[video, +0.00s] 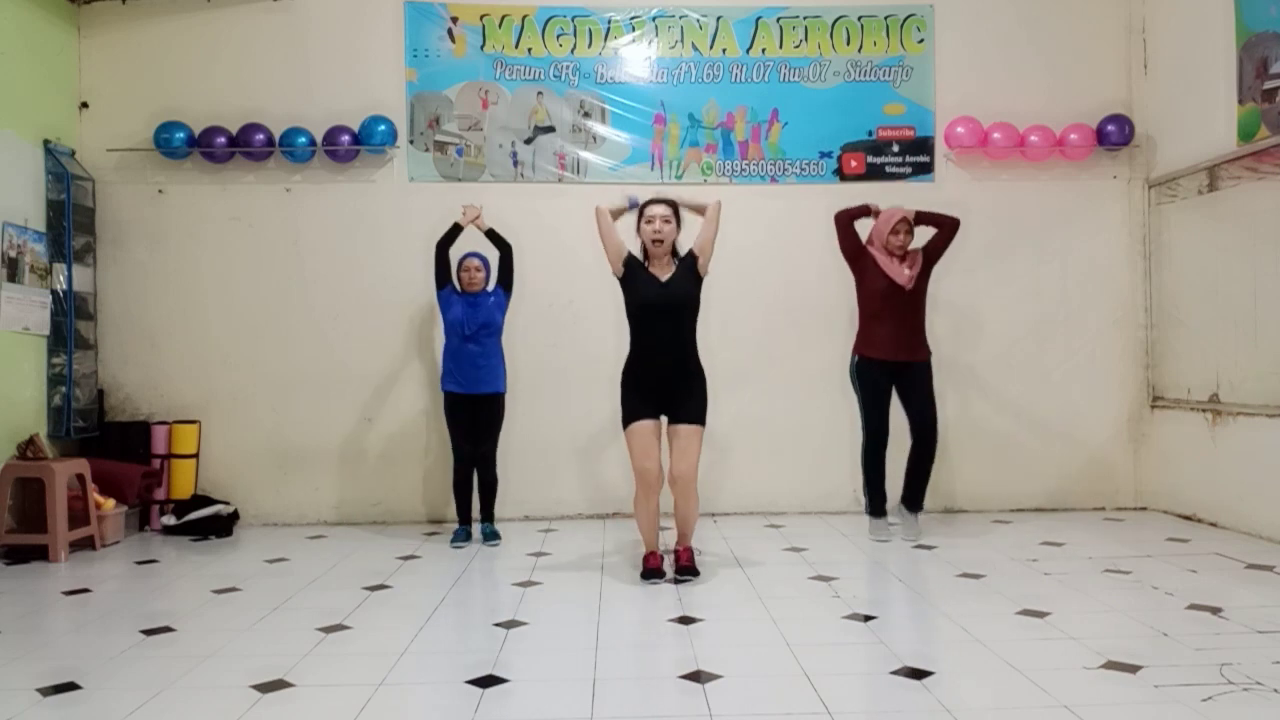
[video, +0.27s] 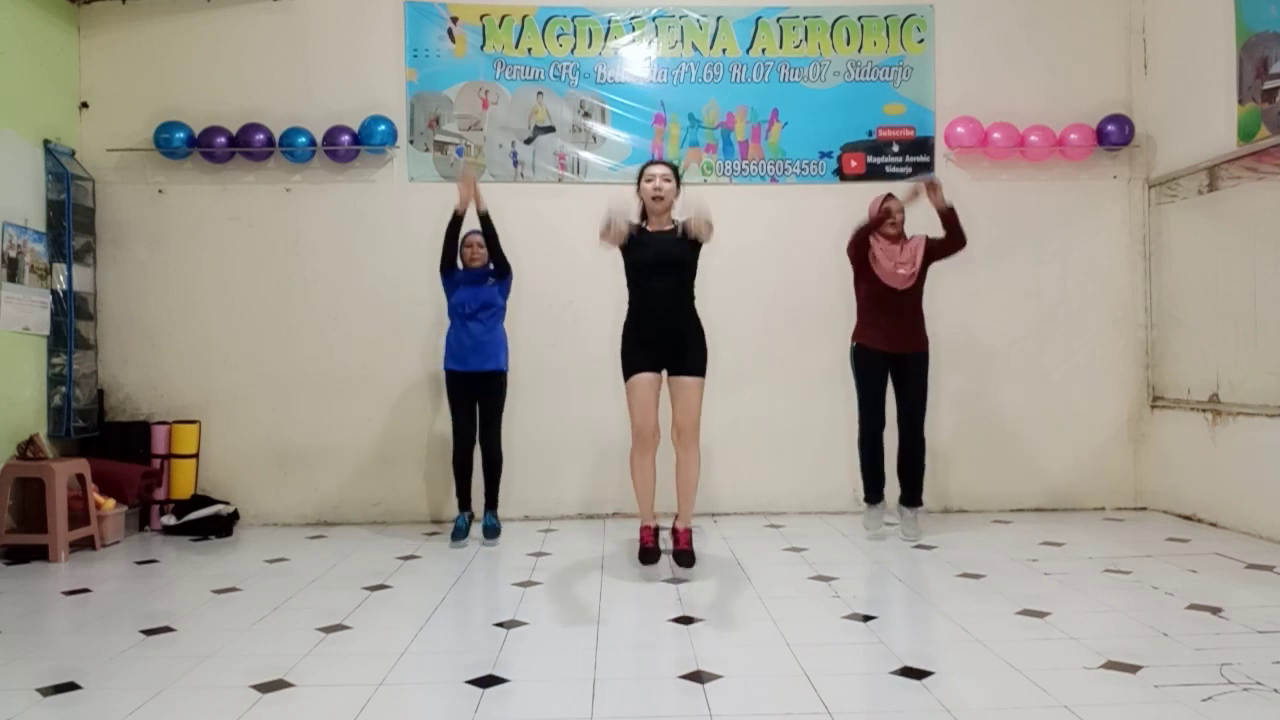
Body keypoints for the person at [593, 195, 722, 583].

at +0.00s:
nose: (657, 226)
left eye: (666, 221)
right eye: (649, 221)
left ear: (677, 230)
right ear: (639, 230)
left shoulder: (692, 268)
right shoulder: (628, 270)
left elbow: (714, 208)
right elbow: (600, 213)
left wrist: (673, 200)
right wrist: (627, 206)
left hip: (687, 380)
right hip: (641, 381)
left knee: (683, 475)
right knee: (647, 473)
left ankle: (684, 548)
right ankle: (651, 553)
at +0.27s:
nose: (657, 185)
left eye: (665, 180)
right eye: (650, 180)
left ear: (676, 191)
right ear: (639, 191)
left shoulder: (689, 231)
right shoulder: (631, 232)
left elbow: (701, 229)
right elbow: (615, 233)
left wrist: (699, 225)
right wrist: (613, 227)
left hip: (686, 339)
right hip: (641, 339)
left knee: (686, 435)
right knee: (644, 436)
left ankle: (683, 528)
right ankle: (648, 527)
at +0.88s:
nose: (658, 214)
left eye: (667, 210)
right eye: (650, 211)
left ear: (679, 225)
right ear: (640, 226)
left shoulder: (699, 271)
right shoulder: (630, 272)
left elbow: (718, 330)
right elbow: (608, 316)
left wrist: (700, 379)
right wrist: (620, 264)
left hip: (688, 374)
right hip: (644, 372)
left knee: (687, 466)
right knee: (643, 452)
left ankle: (680, 549)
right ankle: (646, 532)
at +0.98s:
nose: (657, 215)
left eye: (665, 210)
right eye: (649, 212)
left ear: (678, 224)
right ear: (639, 225)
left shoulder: (697, 269)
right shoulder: (631, 267)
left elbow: (717, 328)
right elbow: (606, 292)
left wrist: (699, 378)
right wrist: (633, 250)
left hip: (688, 371)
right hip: (643, 369)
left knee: (686, 466)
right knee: (642, 431)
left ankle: (679, 549)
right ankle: (645, 512)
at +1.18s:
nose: (656, 216)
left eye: (663, 210)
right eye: (648, 211)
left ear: (675, 221)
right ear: (637, 222)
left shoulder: (694, 270)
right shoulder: (627, 266)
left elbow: (705, 327)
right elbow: (622, 274)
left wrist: (691, 376)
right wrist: (637, 250)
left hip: (681, 372)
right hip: (637, 373)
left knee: (686, 470)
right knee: (640, 471)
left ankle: (679, 551)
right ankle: (639, 552)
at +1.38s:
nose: (656, 215)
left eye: (664, 209)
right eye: (648, 210)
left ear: (676, 222)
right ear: (636, 223)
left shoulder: (692, 271)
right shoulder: (626, 266)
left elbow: (698, 330)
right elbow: (621, 275)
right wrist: (640, 257)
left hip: (677, 368)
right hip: (633, 369)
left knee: (687, 449)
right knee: (636, 464)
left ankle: (679, 527)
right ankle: (640, 551)